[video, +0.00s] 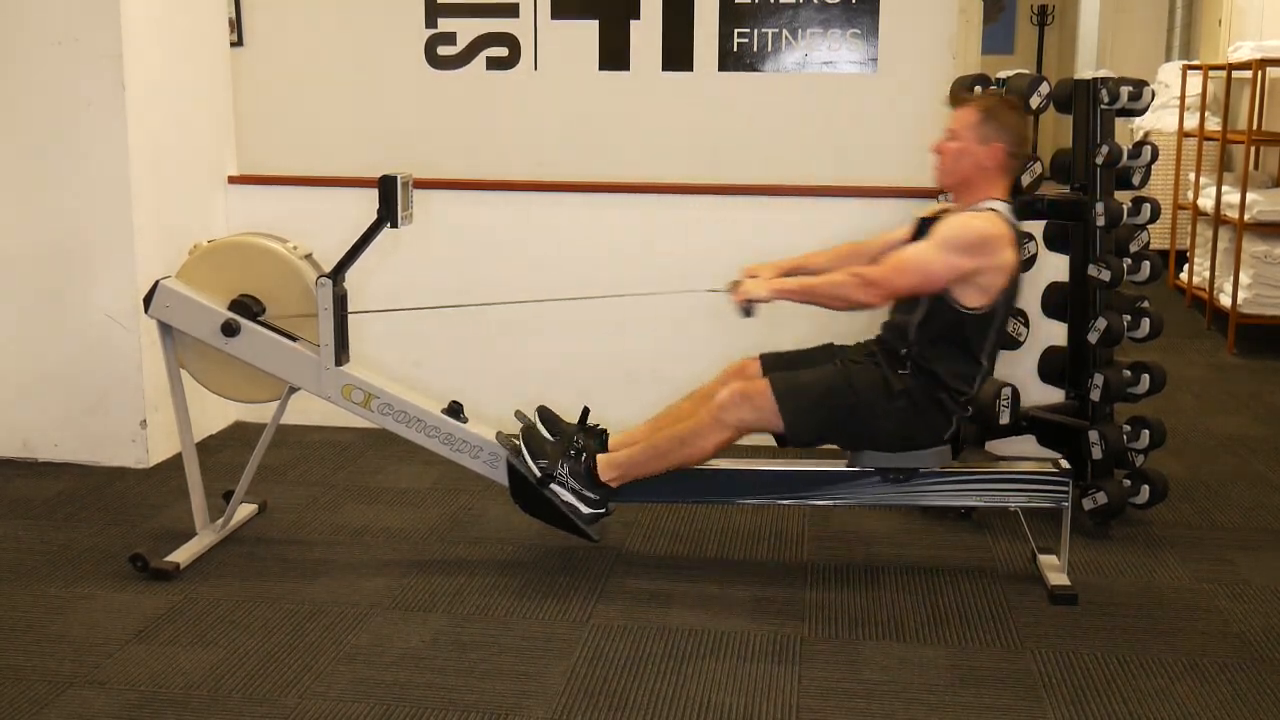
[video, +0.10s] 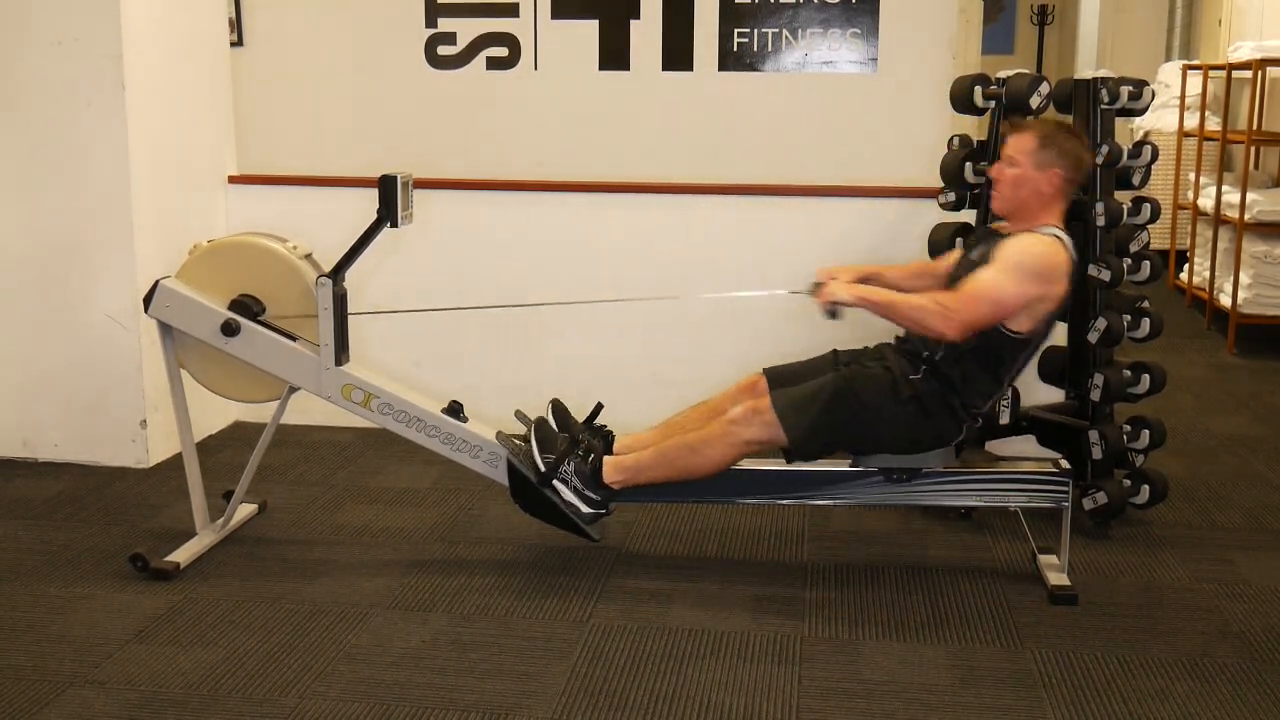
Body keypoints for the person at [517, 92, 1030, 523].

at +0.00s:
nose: (939, 147)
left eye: (954, 139)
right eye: (945, 135)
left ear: (994, 156)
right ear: (985, 153)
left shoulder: (980, 233)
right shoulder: (952, 217)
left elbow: (871, 290)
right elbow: (861, 257)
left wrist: (778, 288)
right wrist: (776, 269)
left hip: (913, 396)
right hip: (890, 372)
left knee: (741, 399)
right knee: (736, 378)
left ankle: (595, 484)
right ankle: (601, 454)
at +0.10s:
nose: (994, 173)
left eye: (1009, 164)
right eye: (1000, 161)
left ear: (1052, 183)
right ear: (1038, 179)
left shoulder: (1041, 255)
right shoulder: (1009, 242)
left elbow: (955, 321)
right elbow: (934, 275)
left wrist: (867, 295)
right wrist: (860, 273)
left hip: (924, 398)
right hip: (900, 369)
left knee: (752, 422)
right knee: (747, 394)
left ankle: (597, 482)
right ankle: (606, 459)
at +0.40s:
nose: (996, 194)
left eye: (1010, 184)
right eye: (1001, 182)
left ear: (1053, 198)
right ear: (1046, 198)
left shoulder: (1051, 274)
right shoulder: (1022, 260)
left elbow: (998, 360)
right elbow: (977, 322)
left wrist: (912, 316)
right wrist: (922, 303)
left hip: (926, 401)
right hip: (911, 375)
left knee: (748, 400)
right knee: (748, 381)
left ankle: (600, 483)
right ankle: (612, 459)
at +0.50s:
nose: (940, 177)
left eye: (951, 166)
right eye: (944, 165)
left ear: (998, 173)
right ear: (981, 171)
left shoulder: (1001, 249)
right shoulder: (970, 233)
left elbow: (933, 332)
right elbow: (918, 285)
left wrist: (848, 306)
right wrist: (851, 286)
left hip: (917, 400)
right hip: (899, 378)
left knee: (733, 376)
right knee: (732, 364)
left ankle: (598, 486)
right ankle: (609, 468)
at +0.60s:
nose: (864, 162)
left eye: (877, 151)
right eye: (867, 150)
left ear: (919, 156)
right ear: (913, 157)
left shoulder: (926, 232)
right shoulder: (906, 222)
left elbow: (848, 313)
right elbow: (845, 270)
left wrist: (763, 300)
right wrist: (772, 278)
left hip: (886, 402)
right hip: (871, 381)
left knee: (713, 355)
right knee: (713, 346)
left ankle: (604, 480)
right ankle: (613, 457)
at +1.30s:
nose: (612, 165)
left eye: (624, 155)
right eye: (618, 154)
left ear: (659, 172)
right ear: (660, 173)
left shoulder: (660, 232)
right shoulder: (674, 220)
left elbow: (550, 273)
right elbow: (569, 246)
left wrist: (455, 286)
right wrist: (483, 268)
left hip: (732, 409)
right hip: (738, 398)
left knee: (595, 306)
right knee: (608, 289)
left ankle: (593, 461)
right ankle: (602, 440)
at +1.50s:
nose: (757, 144)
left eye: (771, 136)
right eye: (765, 133)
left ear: (808, 150)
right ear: (804, 151)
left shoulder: (804, 224)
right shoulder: (791, 213)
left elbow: (695, 280)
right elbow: (694, 252)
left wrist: (604, 303)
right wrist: (613, 278)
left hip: (826, 400)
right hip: (810, 371)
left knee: (669, 333)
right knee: (671, 316)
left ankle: (594, 471)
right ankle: (599, 448)